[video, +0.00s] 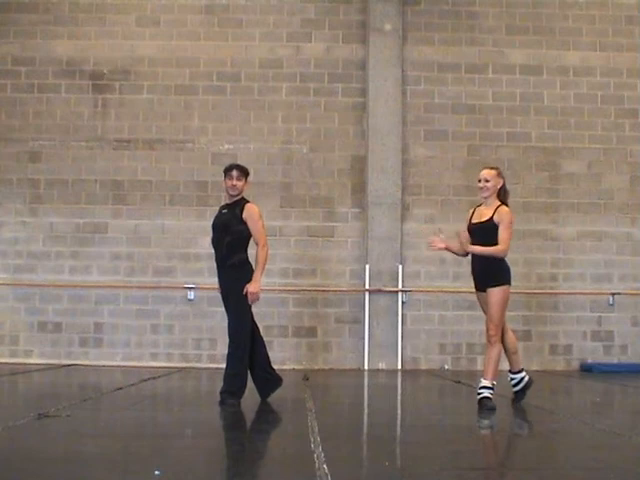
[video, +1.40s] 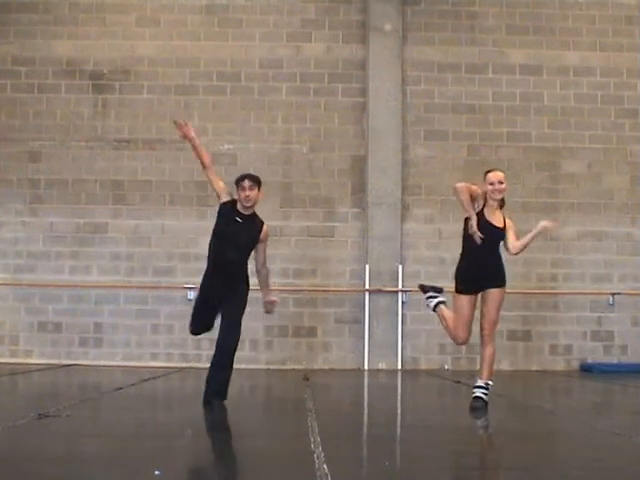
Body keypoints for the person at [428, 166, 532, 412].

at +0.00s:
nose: (482, 184)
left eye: (487, 181)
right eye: (480, 181)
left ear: (499, 184)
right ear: (478, 184)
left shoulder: (503, 212)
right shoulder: (474, 212)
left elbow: (502, 250)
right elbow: (465, 250)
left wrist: (472, 248)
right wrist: (446, 245)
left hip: (498, 275)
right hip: (479, 275)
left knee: (493, 334)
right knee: (501, 329)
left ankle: (486, 387)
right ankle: (518, 374)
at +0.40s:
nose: (489, 185)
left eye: (494, 181)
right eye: (485, 181)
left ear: (502, 185)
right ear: (480, 185)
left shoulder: (504, 214)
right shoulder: (477, 212)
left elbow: (514, 252)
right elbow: (473, 252)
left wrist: (498, 283)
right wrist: (464, 283)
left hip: (498, 277)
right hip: (480, 278)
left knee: (493, 335)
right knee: (504, 331)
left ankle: (486, 387)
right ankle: (520, 375)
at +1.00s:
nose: (483, 187)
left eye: (488, 184)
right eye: (480, 183)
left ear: (496, 186)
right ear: (475, 185)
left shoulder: (498, 213)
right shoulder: (475, 213)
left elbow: (518, 245)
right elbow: (465, 251)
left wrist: (535, 270)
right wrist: (438, 261)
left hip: (500, 278)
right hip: (484, 280)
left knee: (493, 333)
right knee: (508, 330)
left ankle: (485, 388)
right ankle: (523, 377)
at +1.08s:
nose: (486, 186)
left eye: (490, 182)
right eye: (482, 181)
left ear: (498, 186)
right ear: (476, 184)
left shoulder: (500, 214)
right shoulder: (468, 213)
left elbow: (525, 243)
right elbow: (450, 242)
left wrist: (548, 264)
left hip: (499, 278)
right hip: (480, 279)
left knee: (493, 333)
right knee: (501, 330)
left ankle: (485, 388)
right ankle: (521, 376)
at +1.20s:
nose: (492, 185)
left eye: (496, 181)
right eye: (487, 181)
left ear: (502, 185)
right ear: (480, 185)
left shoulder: (506, 217)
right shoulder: (469, 205)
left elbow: (529, 244)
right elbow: (434, 200)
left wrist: (553, 270)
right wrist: (465, 195)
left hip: (495, 277)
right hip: (471, 276)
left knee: (492, 332)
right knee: (476, 335)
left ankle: (485, 386)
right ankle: (505, 362)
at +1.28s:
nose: (494, 187)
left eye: (498, 183)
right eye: (489, 183)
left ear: (504, 187)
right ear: (482, 187)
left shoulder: (505, 222)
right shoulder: (474, 200)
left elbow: (516, 255)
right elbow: (453, 180)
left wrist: (546, 265)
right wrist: (463, 212)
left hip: (494, 277)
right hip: (468, 276)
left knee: (490, 334)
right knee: (463, 337)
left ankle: (485, 385)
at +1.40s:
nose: (497, 187)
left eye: (500, 183)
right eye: (492, 184)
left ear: (506, 187)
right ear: (485, 187)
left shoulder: (505, 221)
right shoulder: (479, 200)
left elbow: (513, 248)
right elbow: (460, 187)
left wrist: (537, 230)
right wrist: (471, 217)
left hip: (494, 275)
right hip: (468, 273)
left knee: (488, 333)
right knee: (460, 337)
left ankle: (483, 387)